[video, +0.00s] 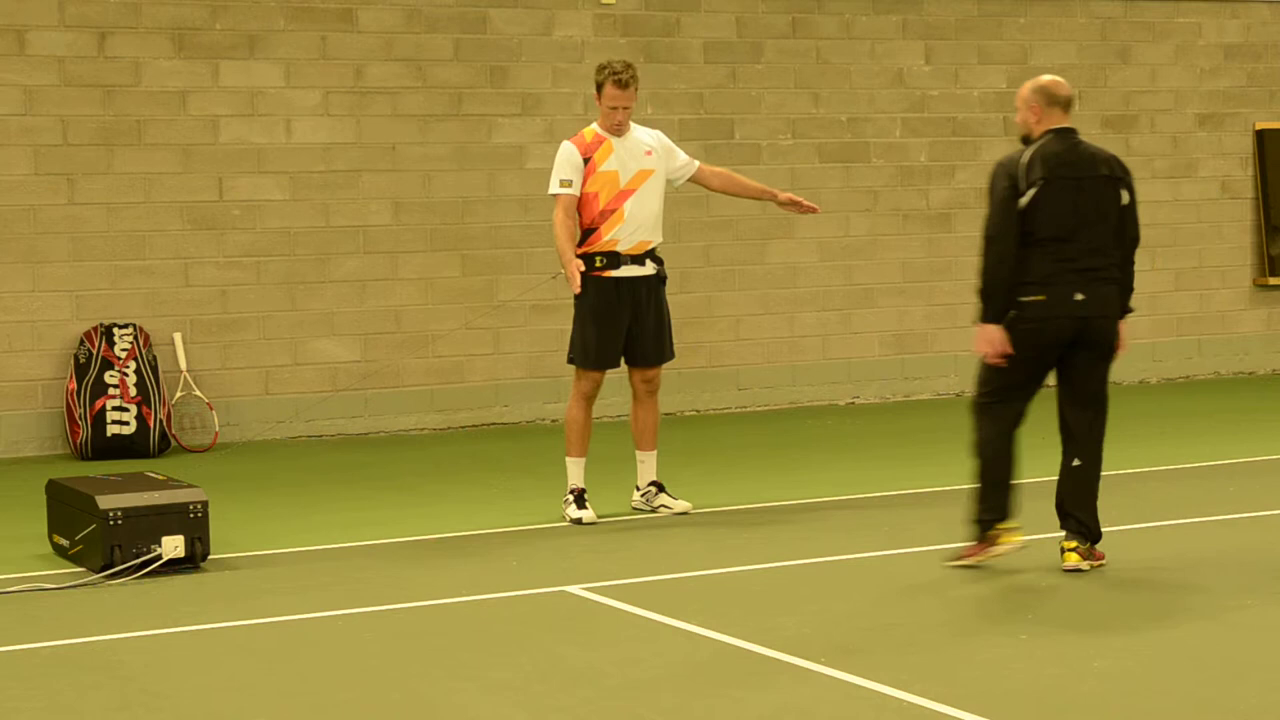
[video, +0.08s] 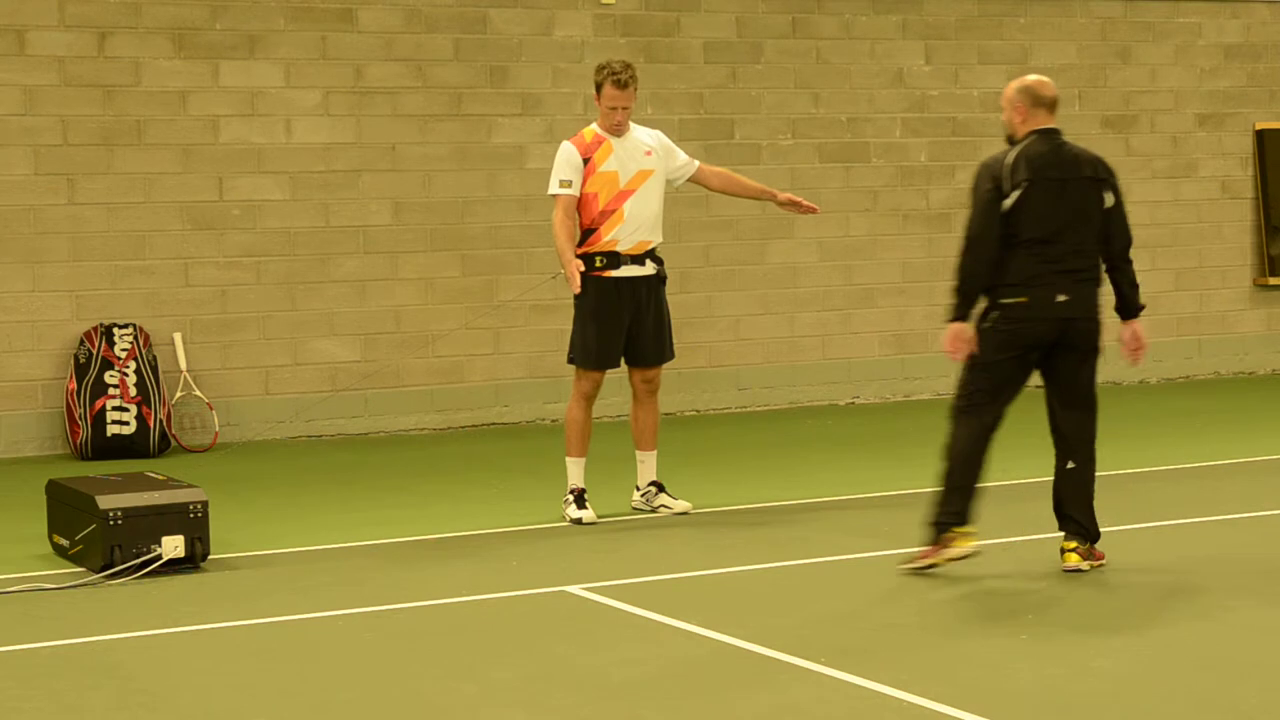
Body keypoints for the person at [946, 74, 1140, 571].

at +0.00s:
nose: (1018, 120)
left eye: (1020, 111)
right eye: (1019, 111)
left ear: (1034, 112)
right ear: (1065, 111)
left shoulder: (1016, 169)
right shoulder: (1112, 167)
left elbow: (1000, 246)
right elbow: (1126, 246)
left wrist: (991, 317)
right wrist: (1117, 311)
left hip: (1034, 318)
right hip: (1096, 319)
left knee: (995, 408)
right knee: (1084, 428)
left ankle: (994, 523)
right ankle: (1080, 539)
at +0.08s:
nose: (1003, 120)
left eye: (1006, 111)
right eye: (1005, 110)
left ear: (1019, 112)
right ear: (1051, 111)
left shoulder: (999, 170)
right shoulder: (1095, 168)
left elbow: (981, 245)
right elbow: (1117, 247)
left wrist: (961, 314)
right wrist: (1130, 312)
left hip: (1014, 317)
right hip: (1079, 319)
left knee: (973, 414)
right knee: (1076, 428)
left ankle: (950, 528)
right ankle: (1079, 540)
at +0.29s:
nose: (951, 129)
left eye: (953, 120)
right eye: (954, 119)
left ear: (966, 122)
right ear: (999, 122)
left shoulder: (943, 183)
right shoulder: (1039, 179)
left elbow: (923, 257)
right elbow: (1076, 246)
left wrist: (896, 320)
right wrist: (1110, 309)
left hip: (956, 331)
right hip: (1020, 329)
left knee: (916, 431)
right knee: (1044, 433)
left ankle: (874, 540)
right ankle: (1076, 540)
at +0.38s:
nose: (923, 135)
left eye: (925, 126)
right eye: (925, 125)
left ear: (938, 128)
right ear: (971, 127)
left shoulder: (917, 189)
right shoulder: (1009, 184)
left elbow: (895, 266)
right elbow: (1046, 253)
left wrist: (876, 333)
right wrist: (1078, 314)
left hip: (927, 337)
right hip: (991, 335)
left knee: (895, 446)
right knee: (1025, 438)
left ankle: (872, 559)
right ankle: (1071, 541)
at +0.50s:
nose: (882, 136)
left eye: (883, 127)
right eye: (883, 126)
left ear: (894, 128)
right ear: (928, 125)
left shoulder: (883, 190)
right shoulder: (977, 182)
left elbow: (862, 271)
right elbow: (998, 256)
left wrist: (843, 344)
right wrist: (1009, 321)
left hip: (900, 337)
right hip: (966, 335)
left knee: (875, 447)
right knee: (996, 437)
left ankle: (871, 561)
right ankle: (1046, 537)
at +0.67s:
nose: (845, 135)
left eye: (845, 127)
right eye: (845, 126)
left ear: (854, 125)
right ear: (891, 118)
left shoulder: (854, 185)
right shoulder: (944, 167)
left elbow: (835, 266)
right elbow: (970, 244)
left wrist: (807, 342)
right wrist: (942, 285)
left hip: (888, 326)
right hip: (951, 317)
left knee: (870, 442)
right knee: (963, 430)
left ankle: (871, 560)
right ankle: (1004, 542)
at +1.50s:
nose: (815, 136)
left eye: (816, 127)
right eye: (816, 126)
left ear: (829, 126)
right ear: (861, 124)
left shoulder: (831, 183)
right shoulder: (909, 176)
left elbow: (823, 265)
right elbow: (935, 257)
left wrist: (796, 336)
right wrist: (940, 324)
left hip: (860, 330)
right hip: (917, 324)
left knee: (807, 432)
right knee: (931, 437)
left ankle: (799, 556)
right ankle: (967, 549)